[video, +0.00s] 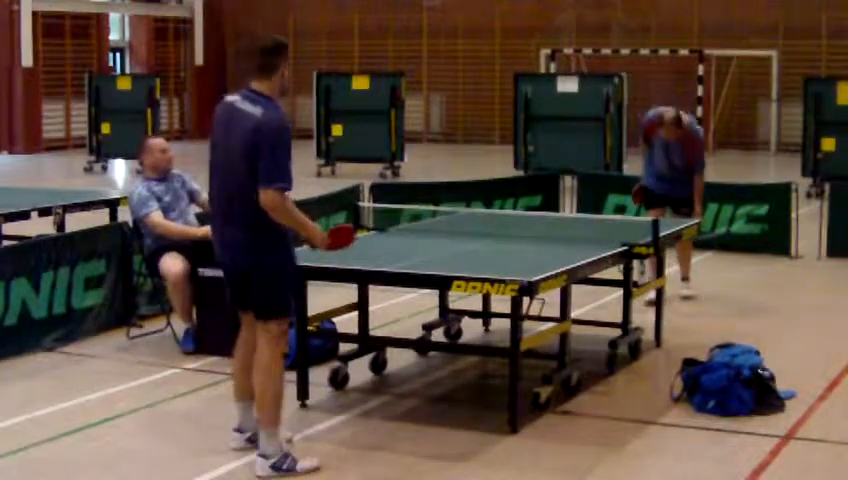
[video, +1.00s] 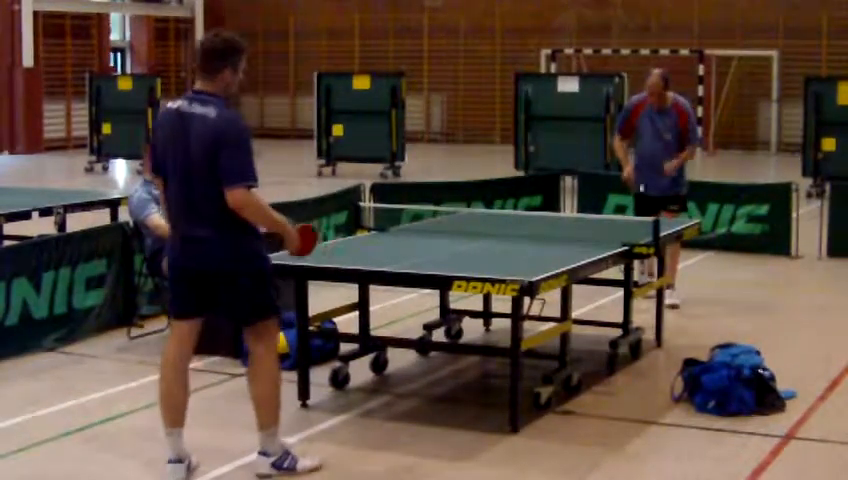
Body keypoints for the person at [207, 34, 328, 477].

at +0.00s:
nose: (289, 76)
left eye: (286, 68)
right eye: (288, 69)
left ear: (249, 69)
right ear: (282, 71)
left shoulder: (227, 109)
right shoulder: (270, 121)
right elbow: (271, 198)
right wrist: (310, 230)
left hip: (230, 240)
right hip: (262, 246)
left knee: (250, 328)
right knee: (274, 337)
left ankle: (246, 424)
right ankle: (272, 451)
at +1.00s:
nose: (242, 78)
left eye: (241, 70)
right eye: (241, 71)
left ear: (199, 68)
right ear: (229, 71)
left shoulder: (168, 115)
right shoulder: (227, 122)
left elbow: (156, 174)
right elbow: (239, 196)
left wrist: (184, 222)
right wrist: (283, 226)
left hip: (186, 251)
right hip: (235, 252)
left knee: (179, 342)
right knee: (263, 338)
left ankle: (176, 455)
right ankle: (271, 448)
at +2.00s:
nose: (347, 117)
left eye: (348, 110)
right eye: (348, 110)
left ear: (313, 97)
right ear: (340, 109)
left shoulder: (273, 116)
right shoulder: (319, 150)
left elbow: (257, 176)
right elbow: (334, 228)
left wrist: (291, 215)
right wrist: (349, 247)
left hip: (216, 234)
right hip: (264, 242)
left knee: (211, 325)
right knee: (290, 334)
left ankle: (182, 421)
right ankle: (300, 436)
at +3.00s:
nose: (282, 81)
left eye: (280, 74)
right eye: (280, 75)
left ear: (241, 79)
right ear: (272, 79)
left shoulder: (214, 120)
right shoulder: (271, 126)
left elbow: (201, 187)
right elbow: (275, 195)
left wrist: (259, 217)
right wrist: (310, 204)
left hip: (205, 242)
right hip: (248, 244)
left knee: (210, 327)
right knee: (291, 324)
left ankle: (182, 426)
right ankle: (300, 437)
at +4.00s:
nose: (444, 171)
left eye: (449, 164)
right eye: (447, 163)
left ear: (419, 142)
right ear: (436, 155)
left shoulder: (371, 147)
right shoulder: (397, 194)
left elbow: (396, 179)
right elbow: (386, 268)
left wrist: (423, 190)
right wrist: (429, 282)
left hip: (303, 260)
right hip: (349, 274)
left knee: (282, 340)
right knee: (420, 332)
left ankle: (219, 429)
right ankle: (420, 444)